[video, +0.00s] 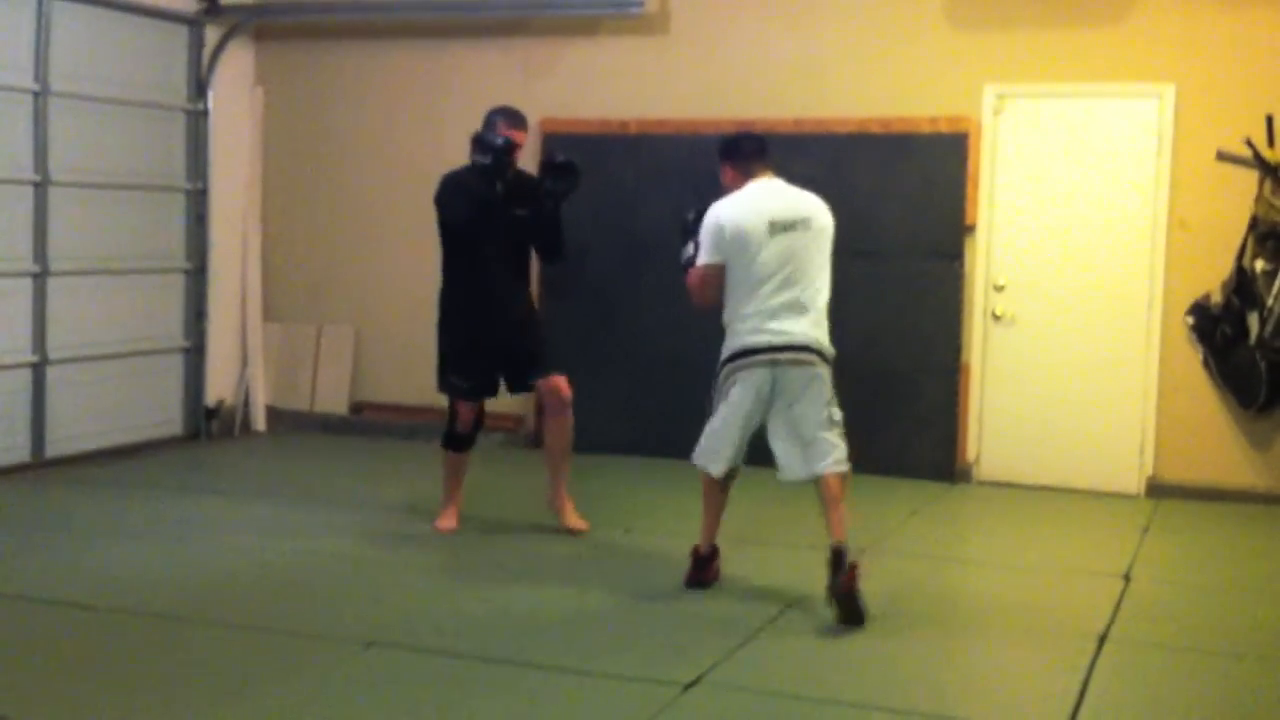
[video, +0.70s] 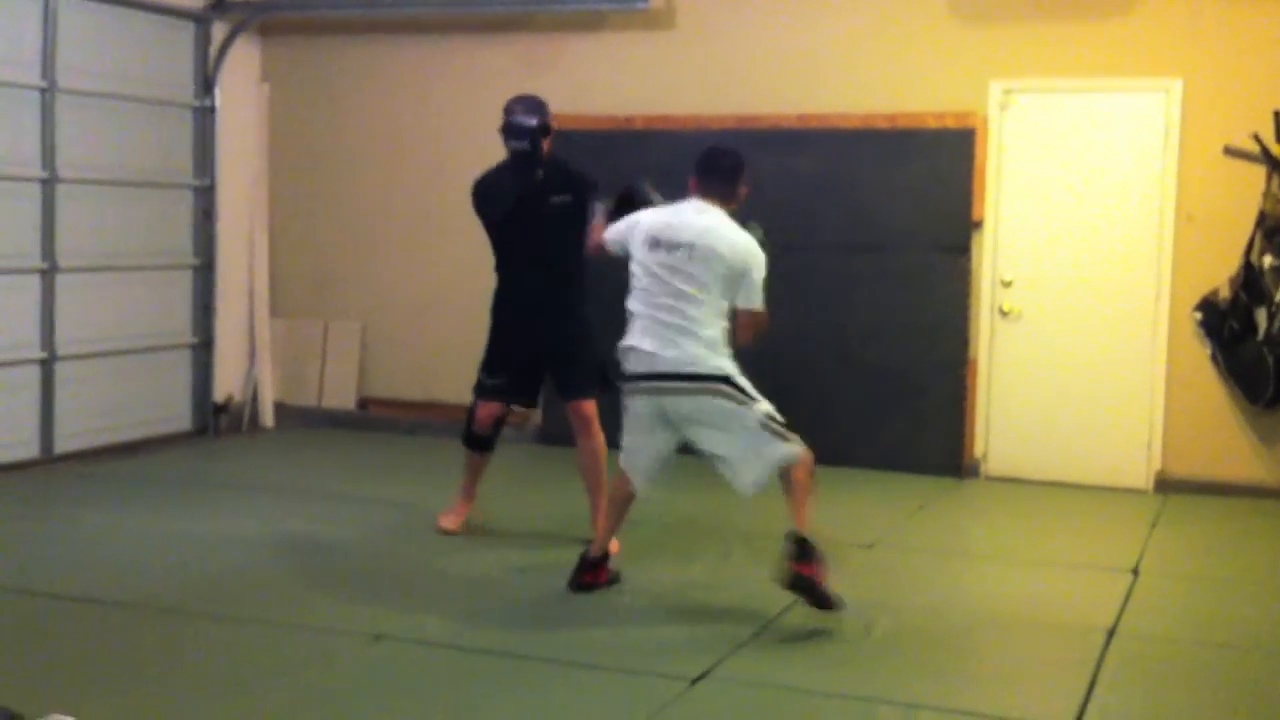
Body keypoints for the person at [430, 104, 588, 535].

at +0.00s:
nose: (509, 152)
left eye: (517, 146)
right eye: (502, 143)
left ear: (524, 148)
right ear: (482, 140)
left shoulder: (529, 189)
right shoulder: (458, 185)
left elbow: (551, 253)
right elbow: (458, 232)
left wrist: (551, 198)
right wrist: (489, 178)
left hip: (516, 311)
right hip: (466, 312)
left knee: (558, 392)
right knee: (466, 412)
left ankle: (561, 496)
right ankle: (451, 503)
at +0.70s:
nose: (525, 143)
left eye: (533, 135)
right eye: (517, 135)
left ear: (547, 137)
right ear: (502, 136)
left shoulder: (576, 184)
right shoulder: (490, 187)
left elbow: (579, 242)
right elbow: (511, 232)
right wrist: (524, 164)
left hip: (568, 314)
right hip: (515, 314)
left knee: (585, 413)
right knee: (486, 413)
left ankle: (602, 528)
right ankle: (464, 500)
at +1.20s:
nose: (531, 137)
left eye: (540, 129)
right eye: (524, 127)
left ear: (557, 128)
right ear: (512, 124)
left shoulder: (573, 180)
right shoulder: (500, 171)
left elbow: (589, 253)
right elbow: (473, 236)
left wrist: (570, 215)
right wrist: (484, 178)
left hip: (553, 310)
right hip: (503, 306)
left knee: (553, 413)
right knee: (465, 407)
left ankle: (578, 523)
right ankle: (477, 496)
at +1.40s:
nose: (544, 143)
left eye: (554, 137)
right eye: (539, 133)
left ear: (570, 138)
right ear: (526, 128)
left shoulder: (578, 181)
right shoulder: (498, 170)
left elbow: (601, 240)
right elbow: (452, 228)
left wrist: (599, 180)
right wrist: (472, 183)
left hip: (551, 313)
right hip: (495, 310)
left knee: (550, 416)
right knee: (480, 414)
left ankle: (576, 520)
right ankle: (490, 506)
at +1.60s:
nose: (531, 141)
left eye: (541, 133)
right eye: (524, 130)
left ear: (553, 134)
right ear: (506, 126)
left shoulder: (565, 184)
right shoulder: (482, 173)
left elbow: (580, 247)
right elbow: (456, 236)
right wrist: (480, 176)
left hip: (543, 309)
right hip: (490, 308)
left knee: (541, 398)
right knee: (481, 409)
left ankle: (571, 511)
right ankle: (490, 505)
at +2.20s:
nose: (493, 146)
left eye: (500, 135)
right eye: (482, 139)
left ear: (516, 128)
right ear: (468, 140)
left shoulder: (552, 171)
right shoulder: (474, 182)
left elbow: (577, 234)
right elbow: (480, 264)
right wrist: (471, 201)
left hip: (559, 305)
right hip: (509, 306)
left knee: (559, 421)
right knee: (485, 419)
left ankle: (578, 536)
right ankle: (491, 522)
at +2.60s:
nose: (501, 147)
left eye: (507, 135)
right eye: (491, 139)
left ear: (523, 126)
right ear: (477, 139)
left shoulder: (557, 168)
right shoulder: (475, 189)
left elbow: (584, 225)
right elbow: (488, 254)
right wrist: (482, 190)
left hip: (561, 302)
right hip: (510, 304)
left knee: (561, 426)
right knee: (477, 429)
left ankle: (578, 555)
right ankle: (489, 513)